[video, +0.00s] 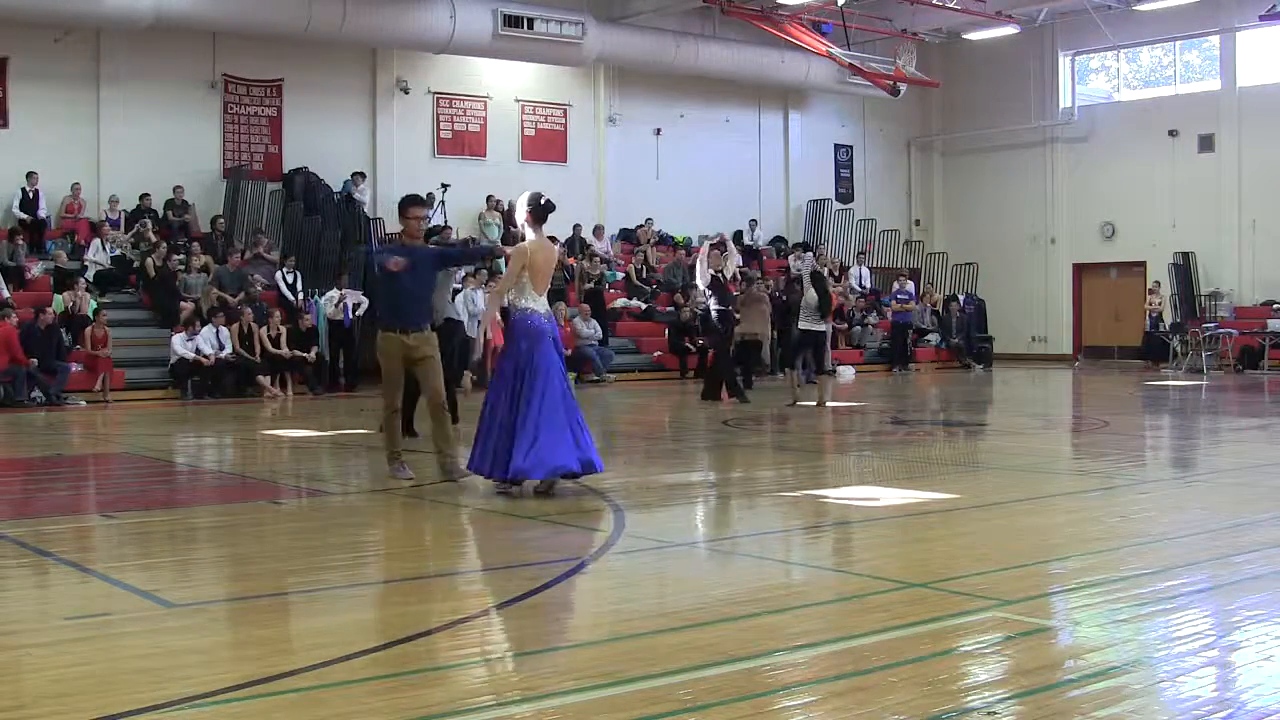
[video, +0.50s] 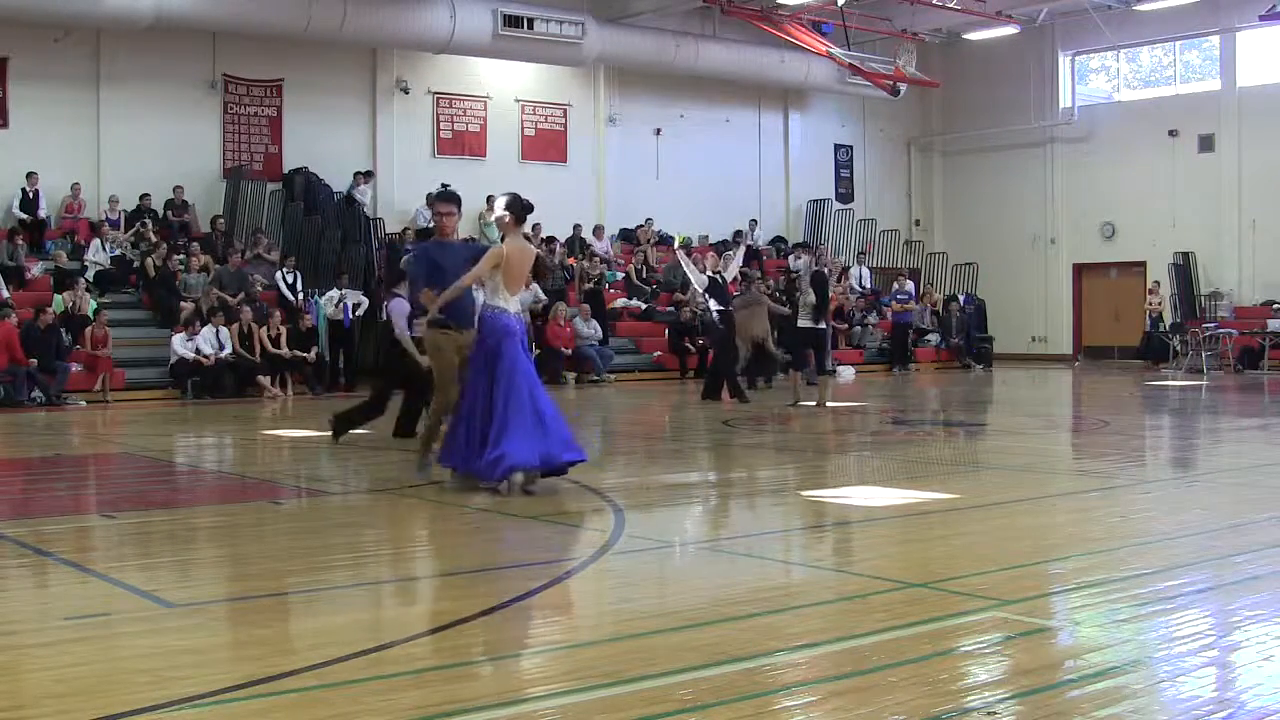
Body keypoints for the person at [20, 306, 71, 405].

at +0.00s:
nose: (52, 317)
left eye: (52, 314)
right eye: (49, 314)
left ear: (54, 315)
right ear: (41, 316)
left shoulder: (54, 329)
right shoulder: (28, 329)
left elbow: (60, 348)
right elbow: (24, 346)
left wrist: (61, 361)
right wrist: (28, 359)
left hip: (49, 360)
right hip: (34, 361)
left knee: (65, 367)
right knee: (31, 370)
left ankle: (54, 393)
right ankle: (51, 393)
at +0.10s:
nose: (52, 317)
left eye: (52, 314)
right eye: (49, 314)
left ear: (54, 315)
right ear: (41, 316)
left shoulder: (54, 329)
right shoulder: (28, 328)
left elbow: (60, 348)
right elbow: (24, 346)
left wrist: (61, 361)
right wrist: (28, 359)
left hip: (49, 360)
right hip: (34, 361)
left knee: (64, 367)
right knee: (31, 371)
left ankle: (54, 393)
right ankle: (51, 394)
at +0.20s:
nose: (53, 317)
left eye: (53, 314)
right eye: (50, 314)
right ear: (41, 316)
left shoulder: (54, 328)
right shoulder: (29, 327)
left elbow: (60, 347)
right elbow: (24, 345)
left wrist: (61, 359)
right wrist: (29, 358)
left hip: (50, 360)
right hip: (35, 360)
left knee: (64, 367)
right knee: (31, 371)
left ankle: (55, 394)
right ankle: (50, 394)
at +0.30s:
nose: (53, 317)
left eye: (53, 314)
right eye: (50, 314)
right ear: (41, 316)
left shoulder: (54, 328)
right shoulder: (29, 327)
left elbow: (60, 347)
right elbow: (24, 344)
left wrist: (61, 359)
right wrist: (29, 358)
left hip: (50, 360)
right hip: (35, 361)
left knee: (64, 367)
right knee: (31, 371)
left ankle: (55, 394)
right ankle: (50, 394)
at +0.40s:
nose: (53, 317)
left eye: (53, 314)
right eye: (50, 314)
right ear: (41, 316)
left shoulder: (54, 328)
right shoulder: (29, 327)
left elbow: (60, 347)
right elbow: (24, 344)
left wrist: (61, 359)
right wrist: (29, 358)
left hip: (50, 360)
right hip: (35, 361)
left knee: (64, 367)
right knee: (31, 371)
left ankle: (55, 394)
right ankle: (50, 394)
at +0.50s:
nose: (53, 317)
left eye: (53, 314)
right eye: (50, 314)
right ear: (41, 316)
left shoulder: (54, 328)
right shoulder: (29, 328)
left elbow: (60, 347)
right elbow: (24, 344)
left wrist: (61, 359)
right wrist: (29, 358)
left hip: (50, 360)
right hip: (35, 361)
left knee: (64, 367)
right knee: (31, 371)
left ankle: (55, 394)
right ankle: (50, 394)